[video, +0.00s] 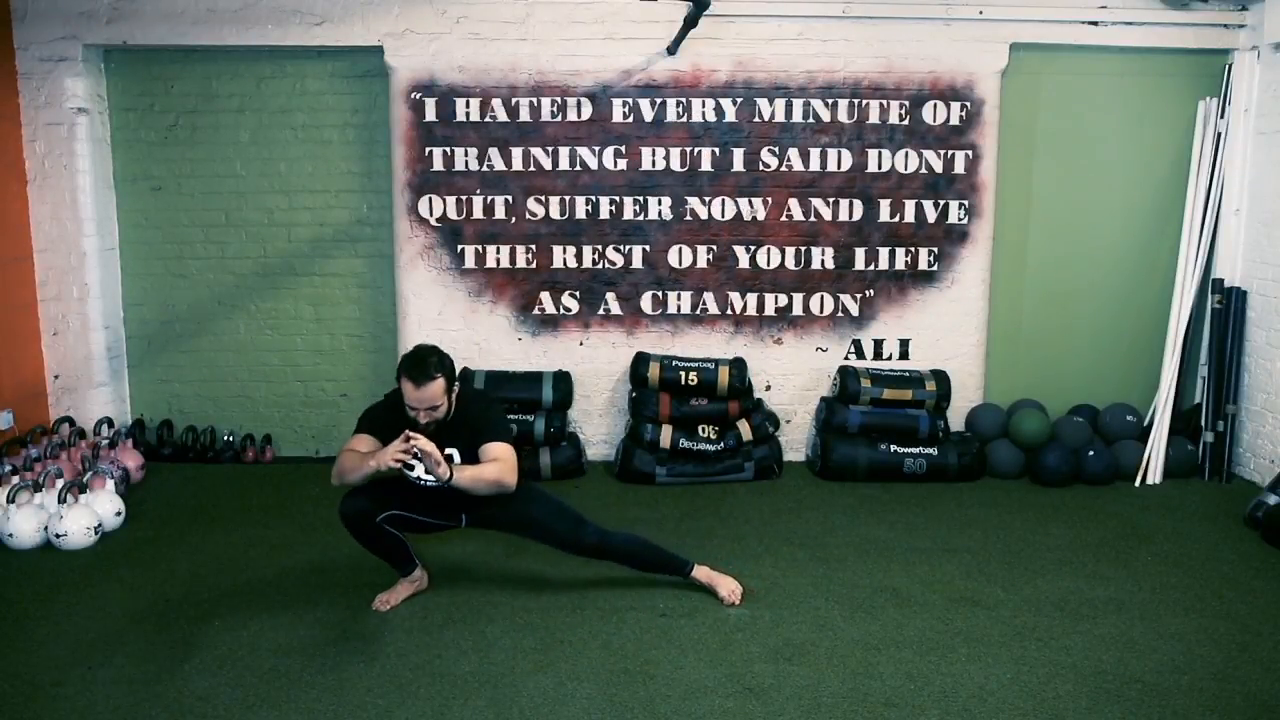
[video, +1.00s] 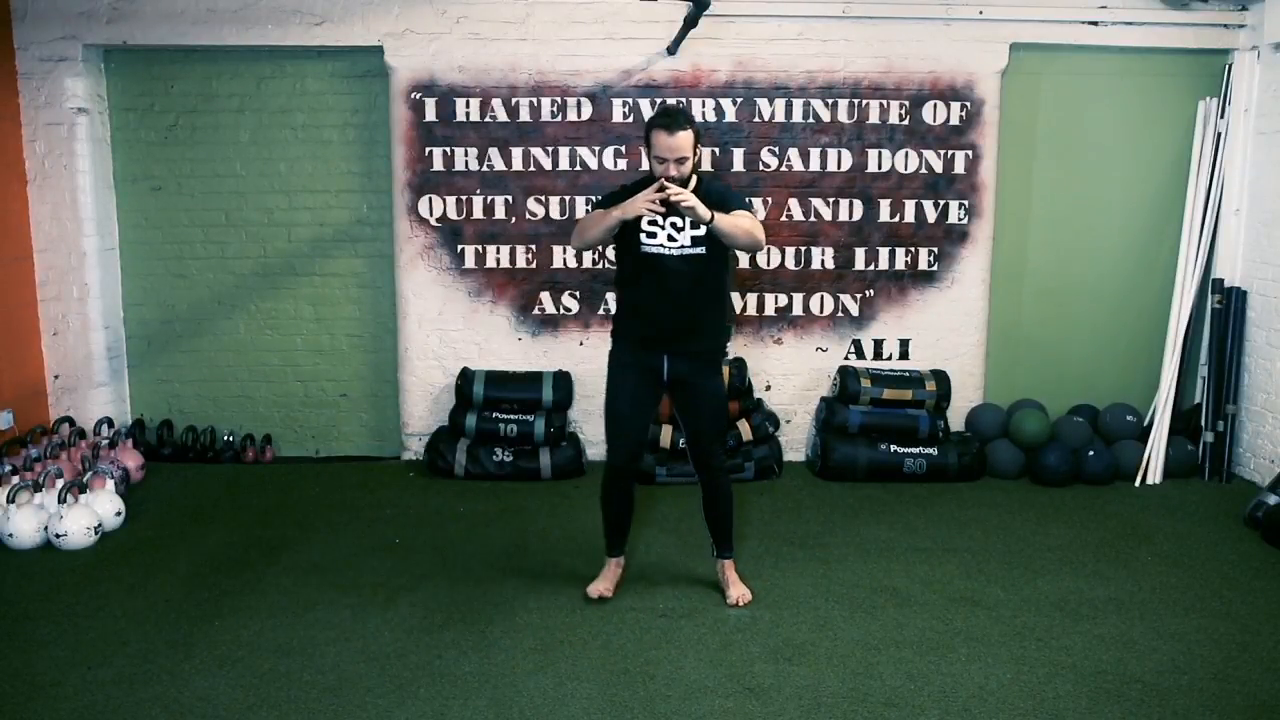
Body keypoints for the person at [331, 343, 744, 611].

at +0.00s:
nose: (423, 418)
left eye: (432, 407)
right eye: (413, 408)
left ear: (451, 388)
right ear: (400, 391)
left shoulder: (478, 409)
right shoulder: (385, 415)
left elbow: (504, 477)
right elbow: (340, 475)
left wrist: (448, 472)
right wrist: (375, 462)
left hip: (494, 497)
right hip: (431, 500)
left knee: (587, 537)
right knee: (354, 507)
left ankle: (698, 572)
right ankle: (413, 573)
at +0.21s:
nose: (439, 388)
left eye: (450, 379)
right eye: (431, 379)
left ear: (469, 363)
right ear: (417, 364)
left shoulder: (496, 383)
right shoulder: (405, 383)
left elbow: (524, 446)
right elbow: (356, 443)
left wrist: (466, 442)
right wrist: (391, 438)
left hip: (511, 469)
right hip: (447, 469)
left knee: (597, 522)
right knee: (373, 500)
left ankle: (702, 570)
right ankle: (414, 575)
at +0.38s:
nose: (480, 333)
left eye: (490, 324)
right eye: (471, 323)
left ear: (507, 312)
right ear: (459, 310)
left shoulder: (530, 337)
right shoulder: (438, 338)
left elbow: (566, 393)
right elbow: (395, 394)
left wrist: (516, 386)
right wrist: (440, 380)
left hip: (537, 437)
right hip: (467, 439)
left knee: (615, 500)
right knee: (401, 489)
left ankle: (709, 567)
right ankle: (415, 575)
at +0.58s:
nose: (561, 247)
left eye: (572, 238)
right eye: (553, 237)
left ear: (587, 230)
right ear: (539, 226)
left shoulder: (602, 266)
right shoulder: (512, 267)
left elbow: (650, 312)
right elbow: (476, 317)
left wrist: (604, 296)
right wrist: (528, 300)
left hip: (594, 397)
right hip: (523, 399)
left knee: (658, 476)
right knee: (462, 480)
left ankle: (716, 566)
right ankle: (418, 573)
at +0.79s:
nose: (634, 186)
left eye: (644, 175)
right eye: (624, 175)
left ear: (659, 166)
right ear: (608, 166)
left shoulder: (675, 205)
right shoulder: (589, 207)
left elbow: (725, 254)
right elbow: (546, 258)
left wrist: (680, 233)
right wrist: (601, 231)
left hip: (657, 360)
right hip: (592, 358)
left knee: (691, 461)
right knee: (546, 448)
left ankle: (723, 561)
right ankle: (520, 546)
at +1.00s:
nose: (670, 169)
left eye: (680, 159)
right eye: (661, 159)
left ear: (695, 153)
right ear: (648, 153)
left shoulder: (716, 193)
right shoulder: (628, 195)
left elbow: (754, 238)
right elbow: (580, 238)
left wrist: (704, 214)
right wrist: (625, 210)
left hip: (699, 351)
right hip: (635, 349)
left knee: (711, 459)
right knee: (622, 455)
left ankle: (726, 563)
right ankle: (614, 560)